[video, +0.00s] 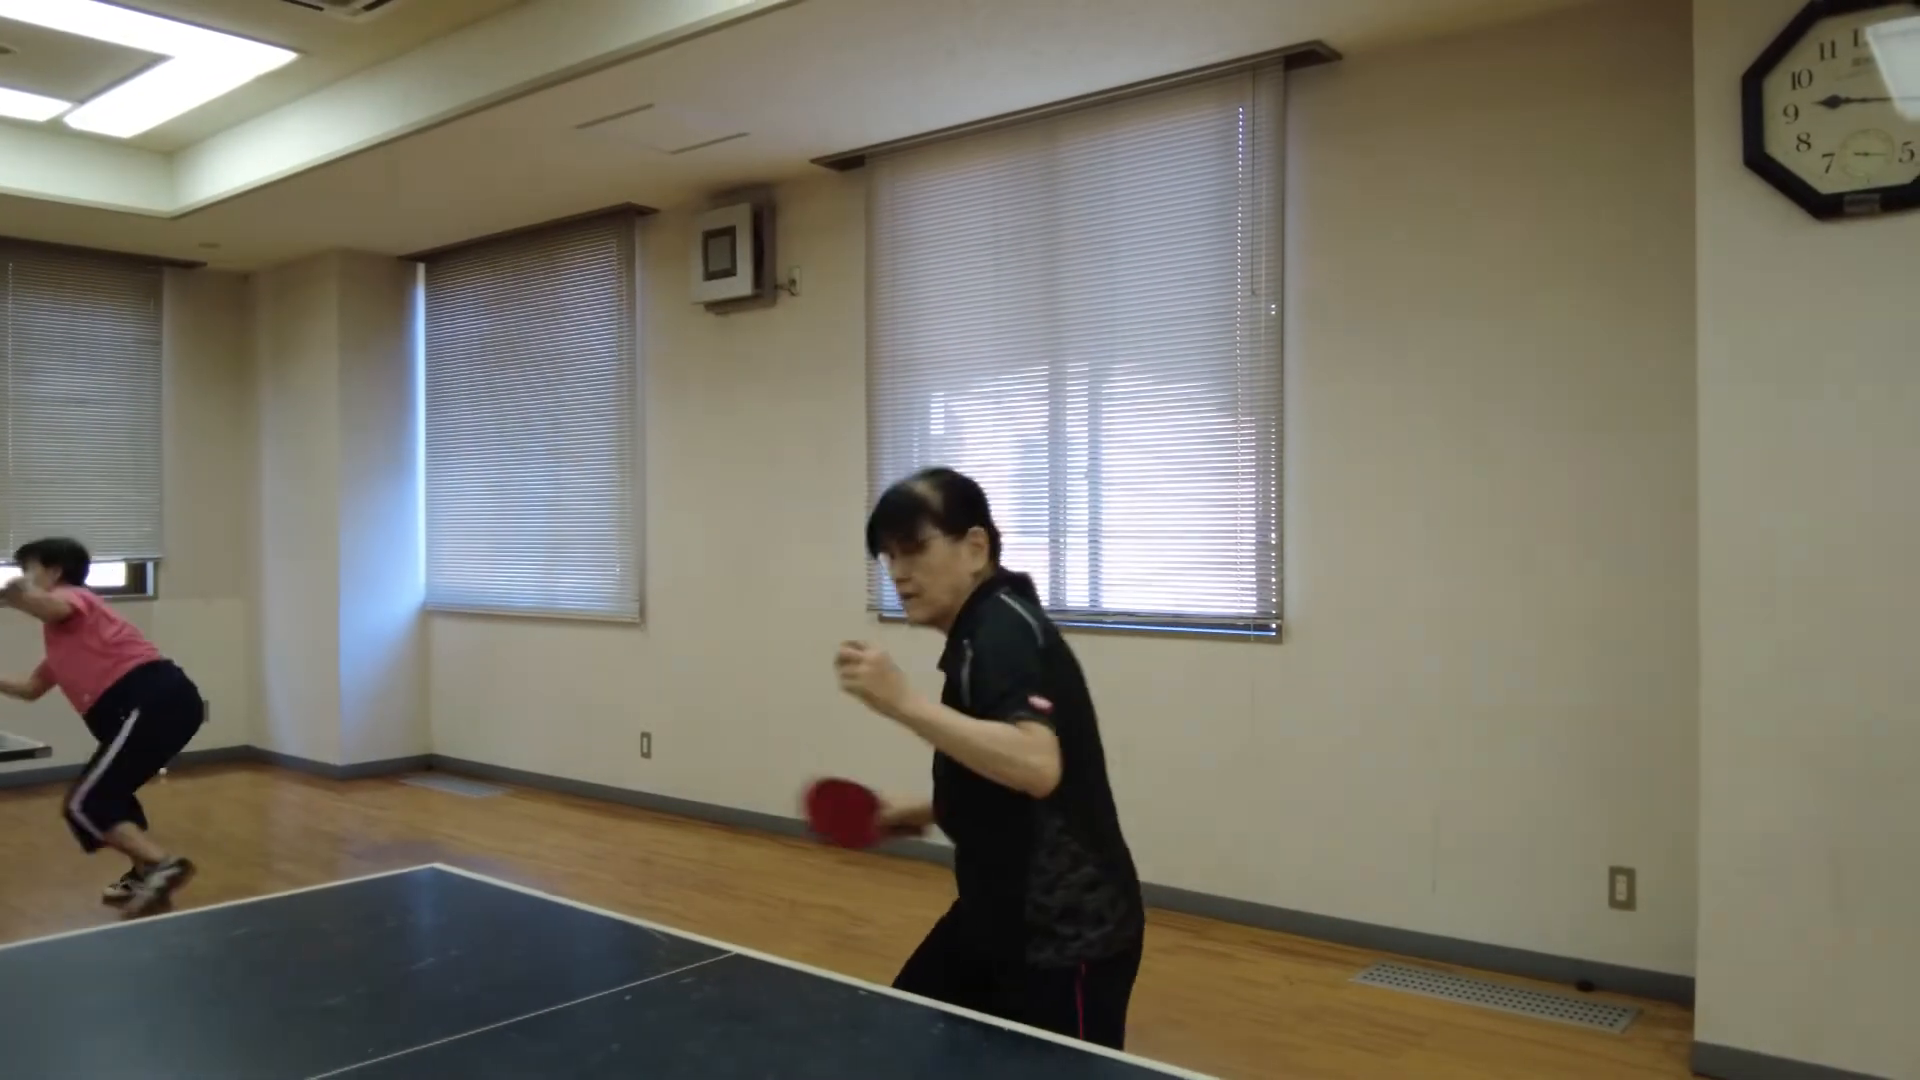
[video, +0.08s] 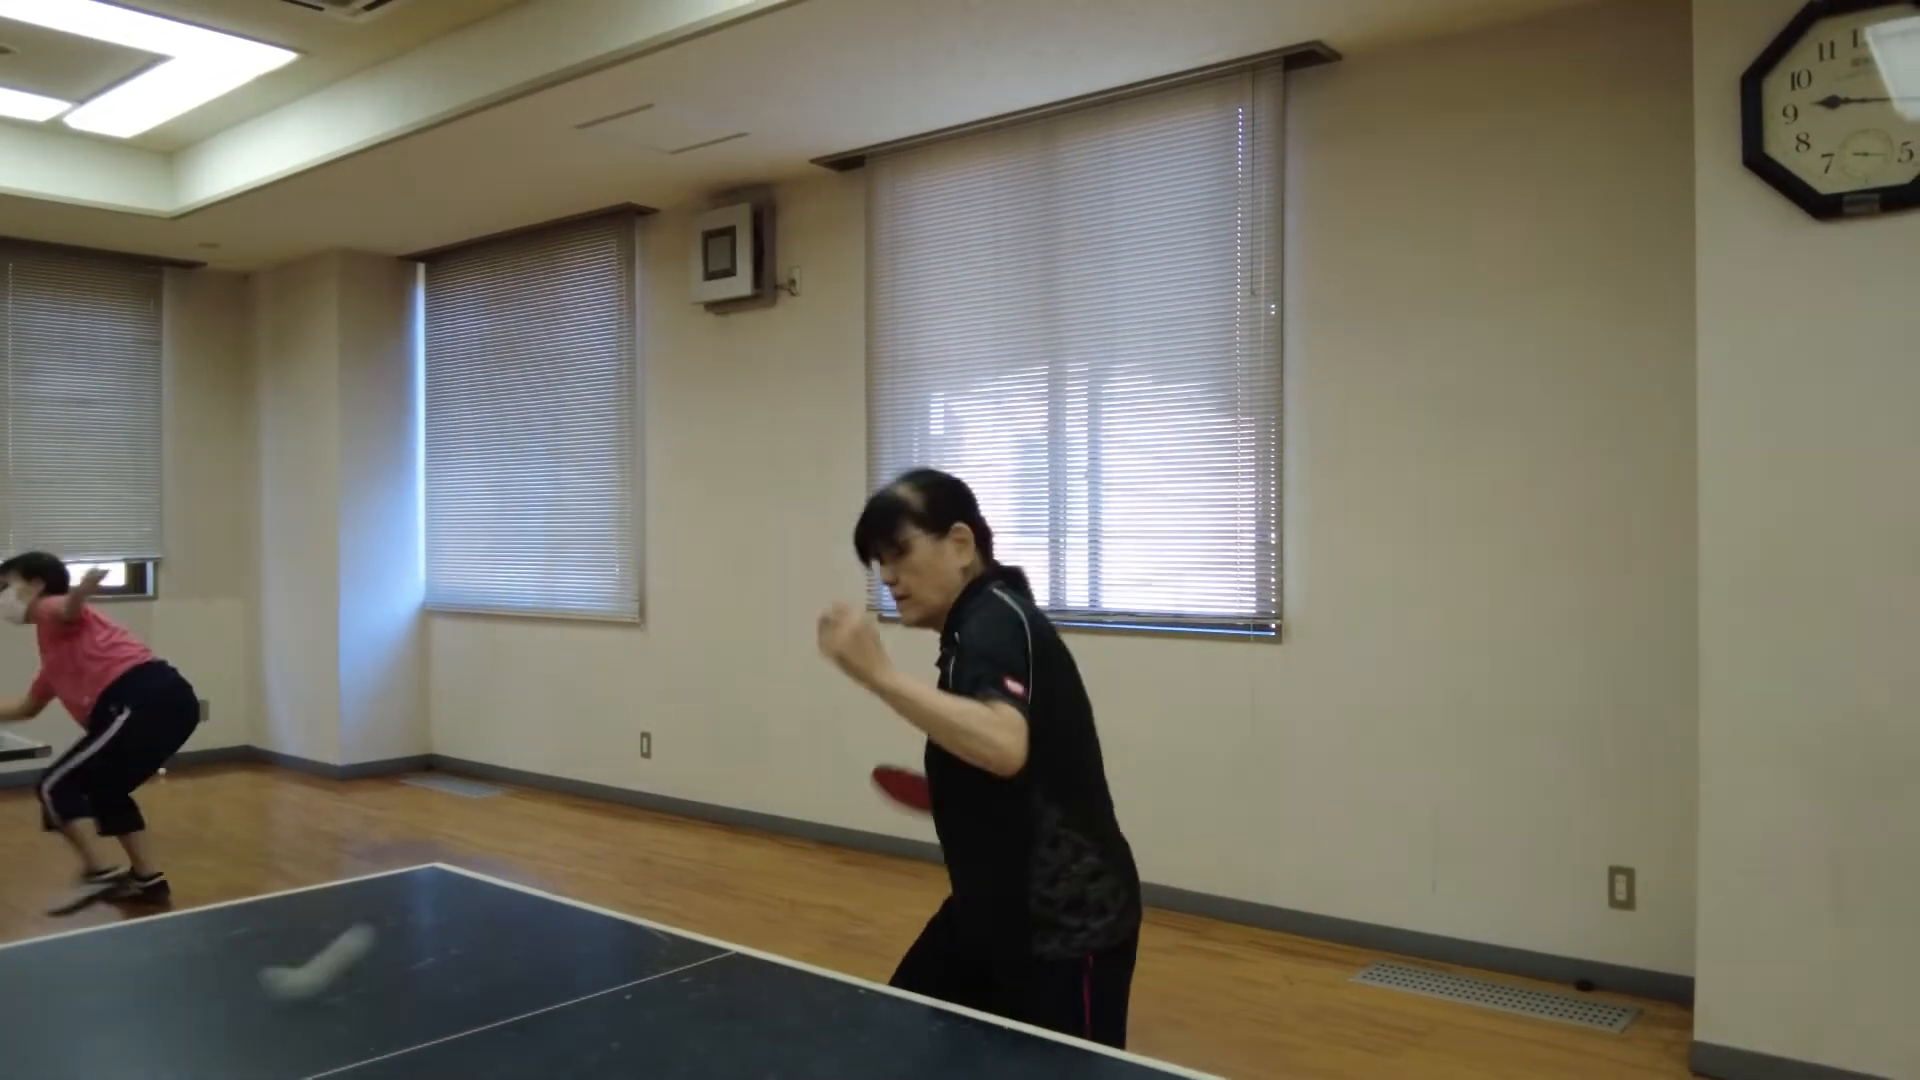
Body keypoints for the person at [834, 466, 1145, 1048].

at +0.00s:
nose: (898, 573)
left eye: (914, 550)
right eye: (890, 558)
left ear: (976, 546)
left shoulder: (1004, 623)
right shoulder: (979, 630)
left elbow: (1037, 766)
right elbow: (1010, 786)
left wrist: (905, 702)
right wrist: (919, 816)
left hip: (1065, 930)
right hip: (998, 912)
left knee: (1060, 1073)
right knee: (897, 1036)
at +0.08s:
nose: (886, 577)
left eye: (899, 553)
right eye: (879, 563)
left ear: (961, 542)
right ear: (961, 548)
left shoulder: (993, 614)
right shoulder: (980, 617)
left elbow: (1006, 744)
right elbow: (1031, 766)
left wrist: (879, 673)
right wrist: (946, 794)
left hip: (1063, 922)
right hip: (1000, 904)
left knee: (1066, 1072)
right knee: (895, 1035)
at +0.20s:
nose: (903, 536)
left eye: (912, 511)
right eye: (895, 520)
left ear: (968, 503)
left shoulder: (1037, 584)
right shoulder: (972, 611)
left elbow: (995, 681)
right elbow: (977, 766)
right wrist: (872, 742)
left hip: (1088, 883)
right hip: (997, 875)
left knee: (1107, 1067)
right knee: (914, 1041)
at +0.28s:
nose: (925, 529)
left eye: (937, 505)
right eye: (916, 516)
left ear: (995, 491)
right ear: (914, 527)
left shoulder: (1075, 569)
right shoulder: (957, 625)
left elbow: (1012, 642)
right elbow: (901, 733)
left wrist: (960, 517)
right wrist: (811, 661)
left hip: (1121, 866)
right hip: (1013, 865)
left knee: (1138, 1064)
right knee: (930, 1036)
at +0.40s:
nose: (955, 536)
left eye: (971, 513)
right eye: (947, 522)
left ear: (1036, 509)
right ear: (943, 530)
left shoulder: (1116, 593)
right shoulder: (965, 631)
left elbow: (1088, 663)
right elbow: (854, 709)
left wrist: (1027, 533)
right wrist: (827, 597)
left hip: (1133, 898)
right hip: (1015, 893)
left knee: (1153, 1074)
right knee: (932, 1051)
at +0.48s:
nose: (967, 538)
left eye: (985, 516)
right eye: (958, 523)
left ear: (1045, 511)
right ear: (951, 529)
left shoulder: (1126, 604)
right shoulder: (967, 635)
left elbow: (1122, 694)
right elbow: (859, 720)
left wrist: (1049, 560)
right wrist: (846, 607)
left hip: (1132, 902)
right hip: (1015, 897)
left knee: (1153, 1075)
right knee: (929, 1049)